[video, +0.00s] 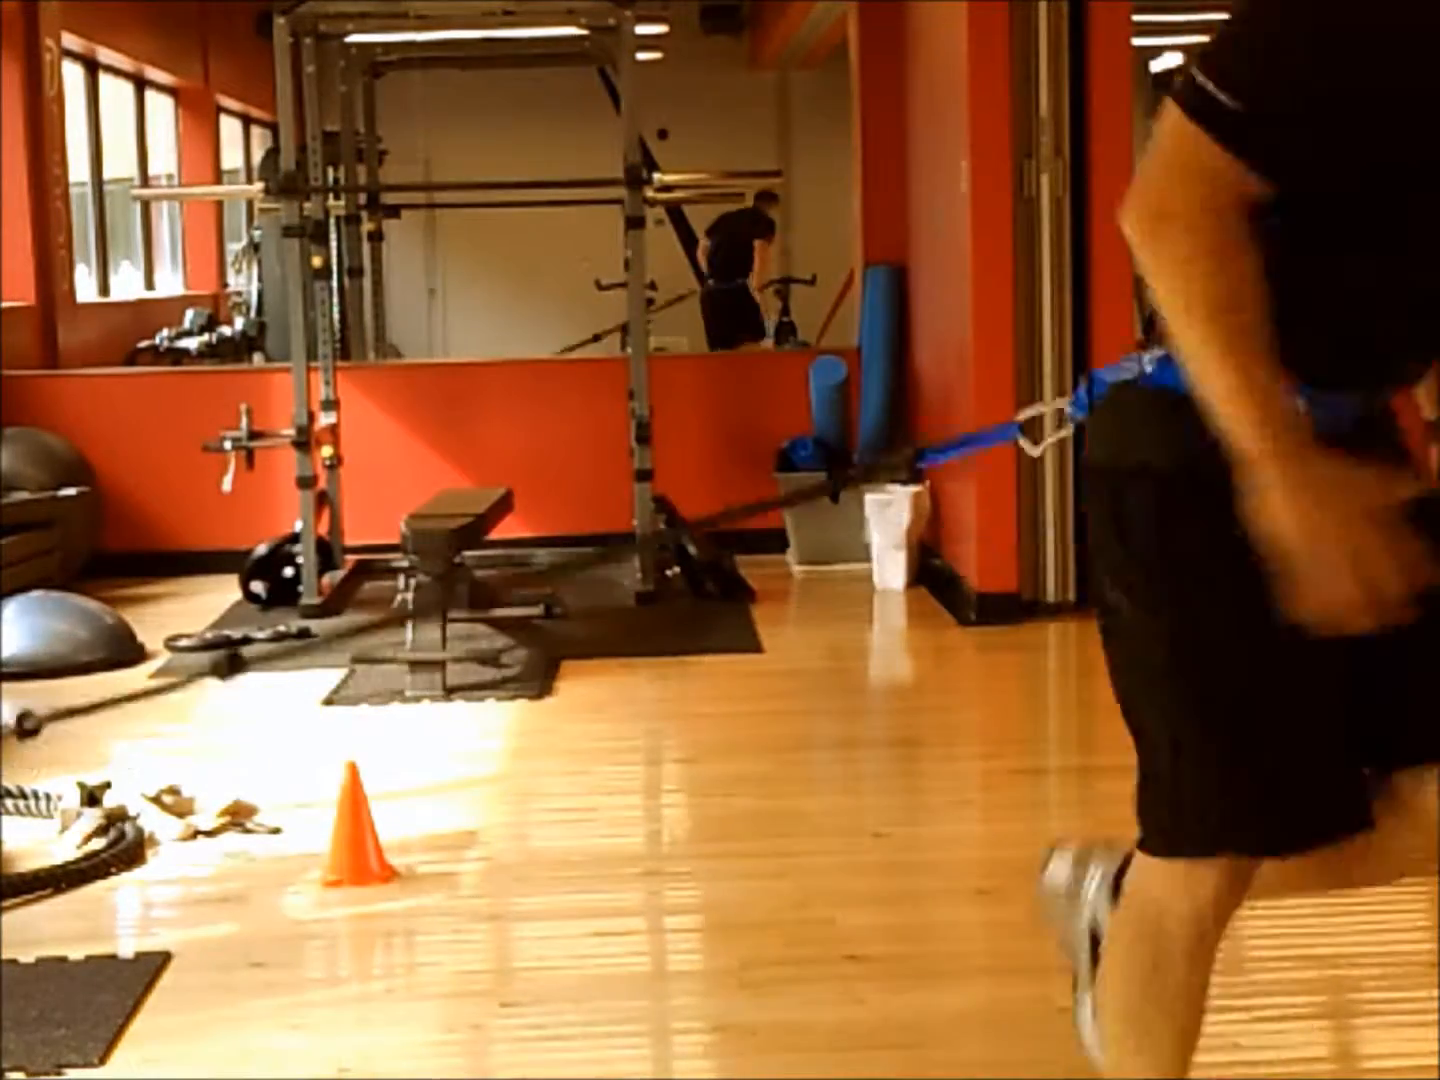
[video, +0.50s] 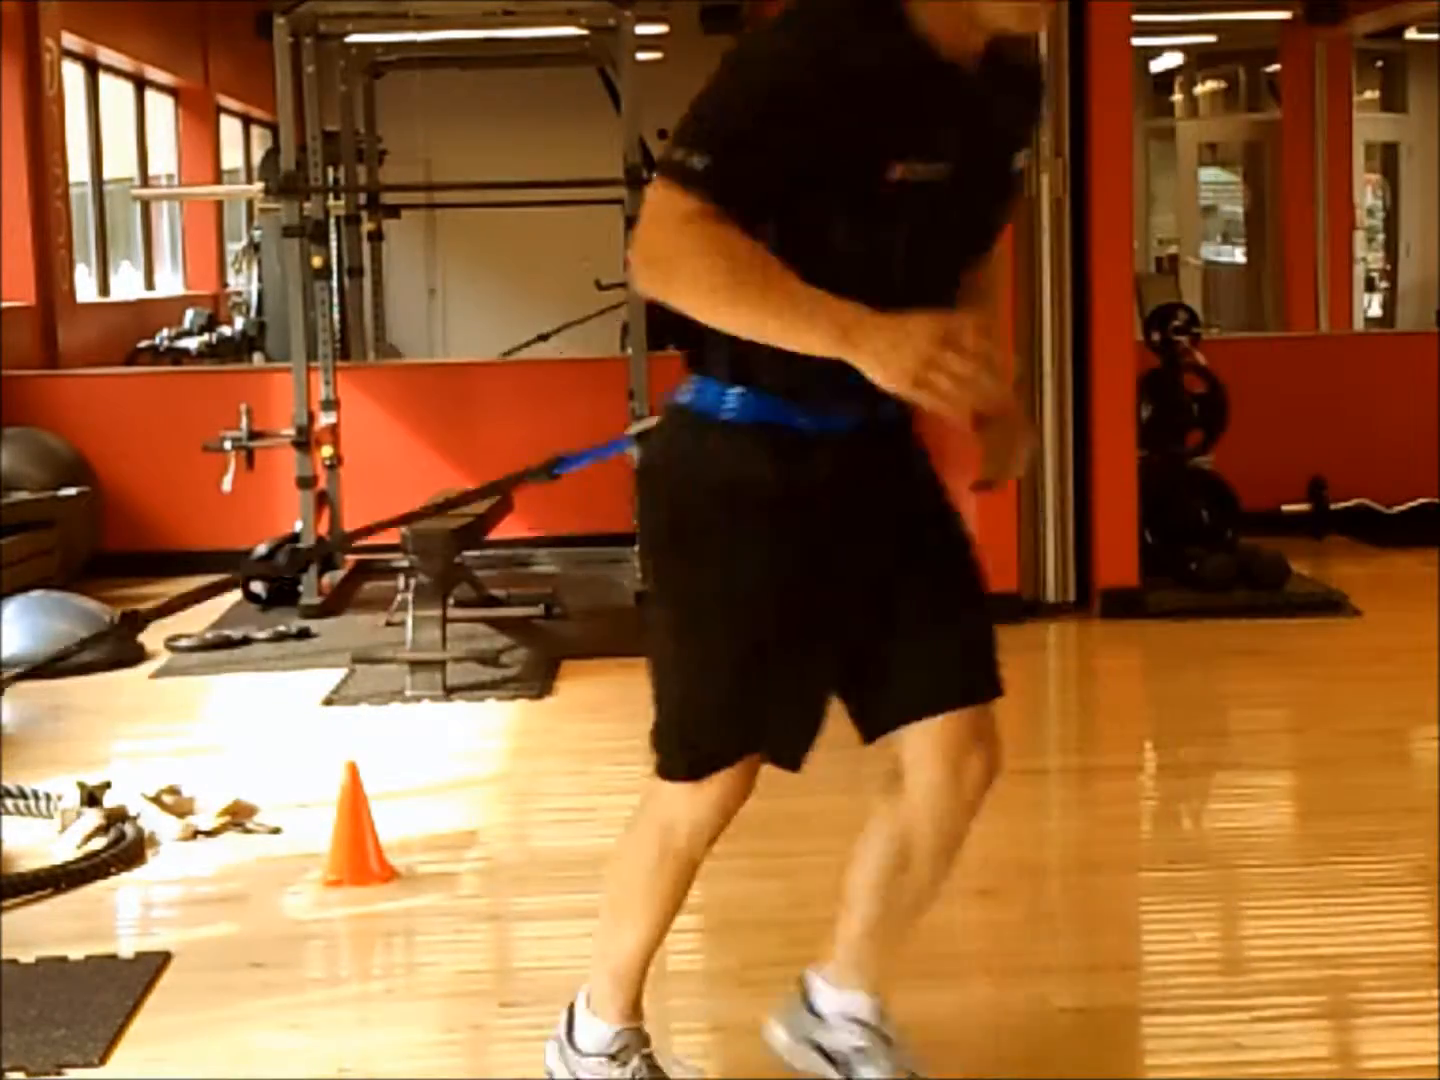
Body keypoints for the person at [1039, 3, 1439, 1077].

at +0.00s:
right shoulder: (1327, 25)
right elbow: (1170, 205)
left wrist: (1411, 433)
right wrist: (1283, 463)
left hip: (1343, 429)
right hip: (1185, 431)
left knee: (1420, 813)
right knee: (1204, 837)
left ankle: (1132, 898)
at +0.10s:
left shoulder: (1410, 97)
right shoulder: (1247, 29)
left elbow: (1411, 277)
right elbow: (1029, 140)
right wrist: (939, 393)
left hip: (1284, 449)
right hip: (1155, 445)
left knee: (1280, 835)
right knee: (1208, 845)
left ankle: (1092, 1072)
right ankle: (994, 1066)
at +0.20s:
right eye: (1438, 4)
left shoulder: (1391, 138)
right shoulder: (1179, 67)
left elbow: (1378, 354)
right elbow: (906, 172)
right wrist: (748, 381)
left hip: (1209, 532)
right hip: (1074, 530)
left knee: (1218, 892)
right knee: (1110, 933)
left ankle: (1058, 1076)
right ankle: (797, 995)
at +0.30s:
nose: (1361, 29)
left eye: (1372, 15)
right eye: (1350, 6)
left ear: (1304, 1)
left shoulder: (1273, 109)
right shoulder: (1067, 52)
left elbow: (1218, 310)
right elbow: (846, 205)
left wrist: (1330, 415)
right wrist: (729, 429)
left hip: (1129, 505)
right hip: (981, 502)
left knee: (1154, 842)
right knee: (962, 870)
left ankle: (1048, 1069)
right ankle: (685, 957)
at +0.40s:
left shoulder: (1144, 60)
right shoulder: (934, 24)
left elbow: (1097, 227)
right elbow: (758, 191)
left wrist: (1132, 379)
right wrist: (822, 424)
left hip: (1003, 432)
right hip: (858, 425)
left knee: (1026, 767)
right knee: (805, 769)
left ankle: (1001, 1068)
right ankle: (647, 988)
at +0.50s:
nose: (1047, 7)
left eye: (1049, 6)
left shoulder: (1012, 74)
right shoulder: (808, 44)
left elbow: (977, 243)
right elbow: (663, 244)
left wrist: (991, 387)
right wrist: (865, 335)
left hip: (874, 455)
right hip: (730, 456)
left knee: (954, 754)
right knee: (710, 766)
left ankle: (838, 1001)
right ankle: (599, 1031)